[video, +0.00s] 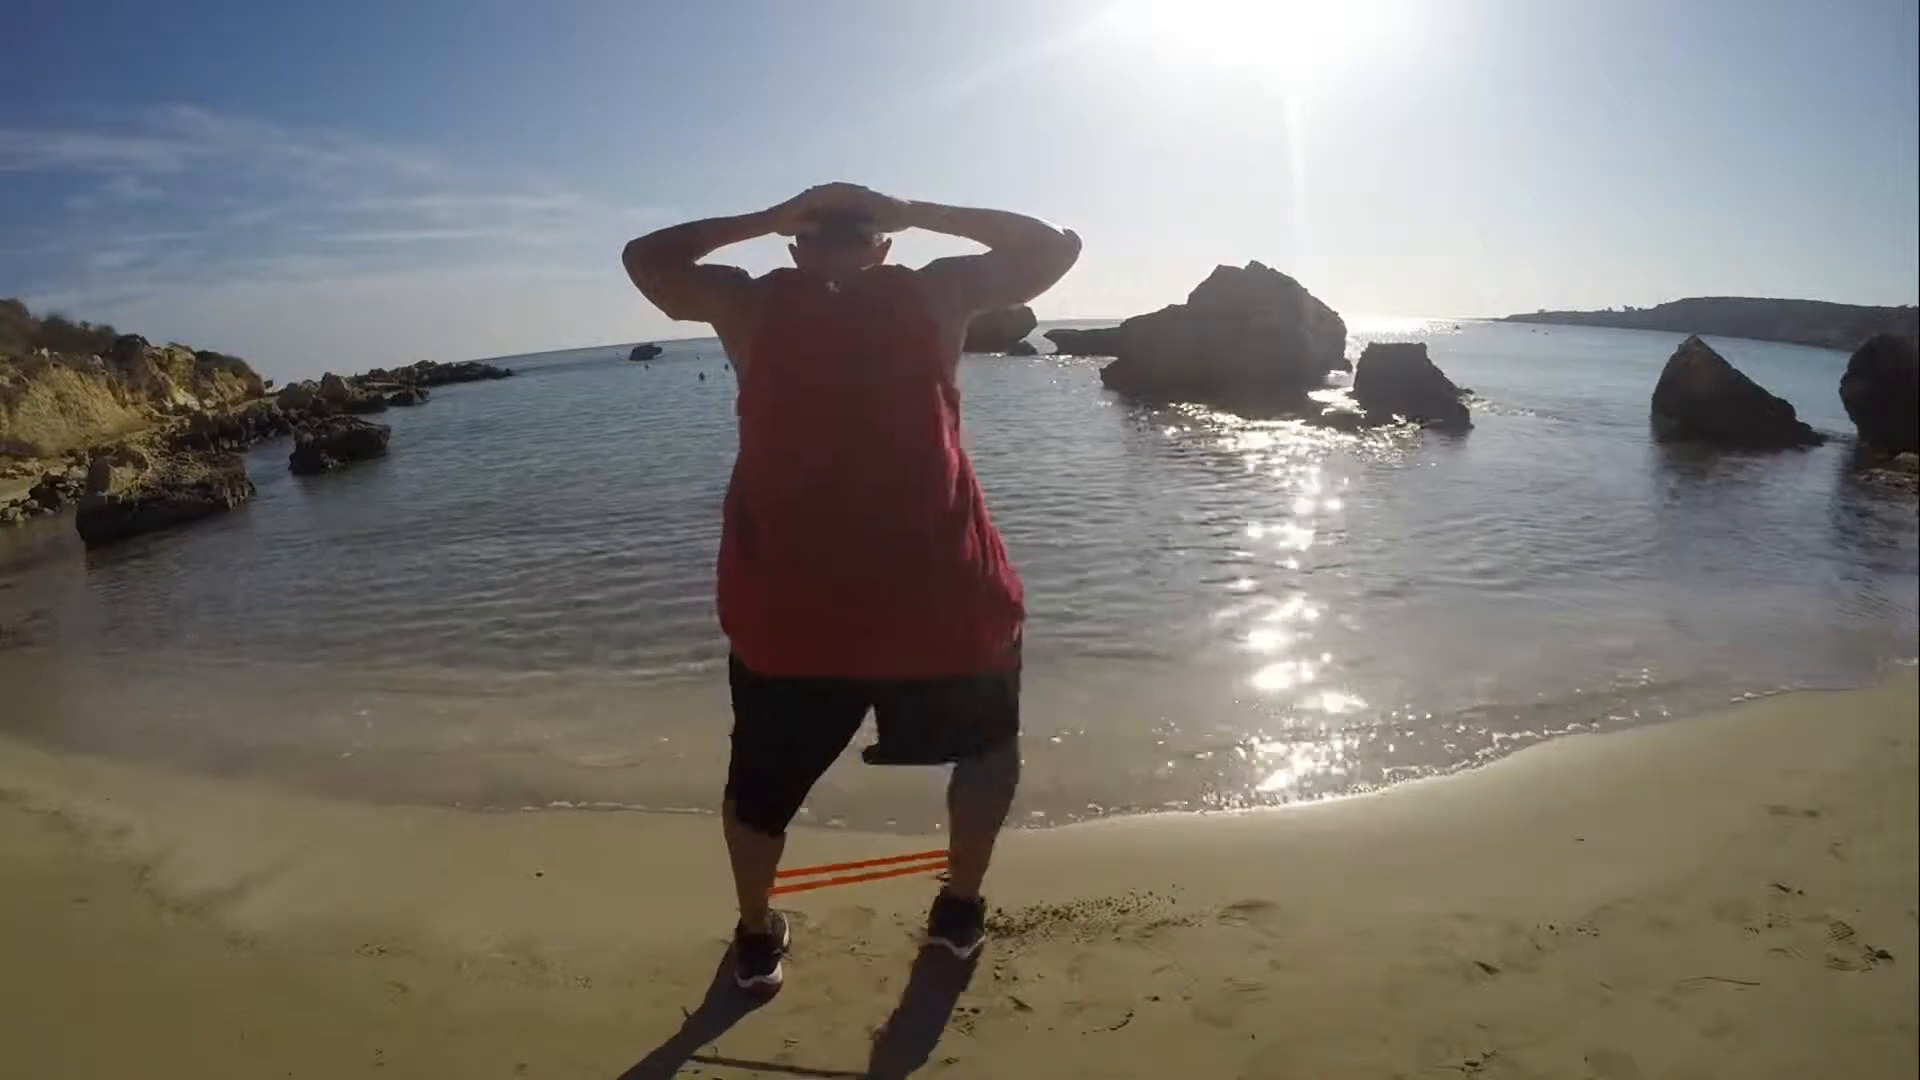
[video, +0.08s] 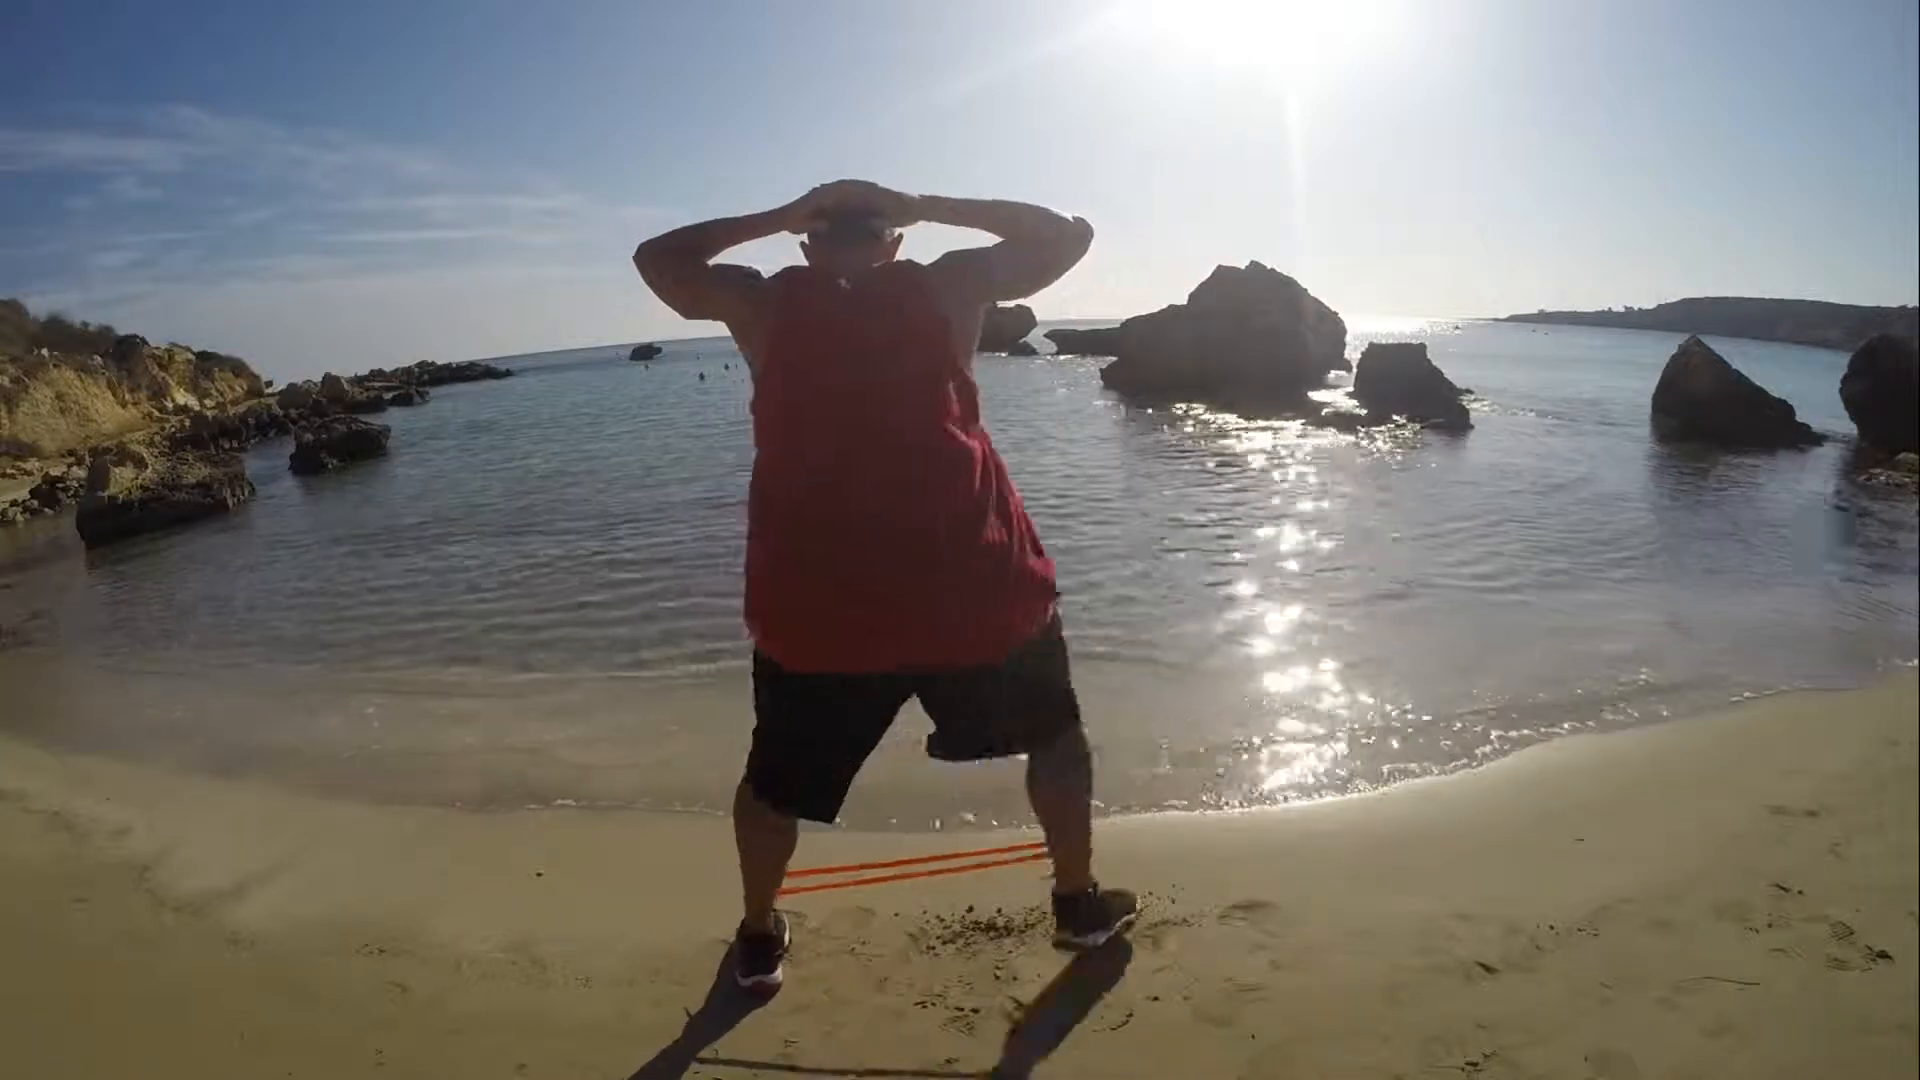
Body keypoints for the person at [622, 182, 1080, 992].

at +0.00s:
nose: (855, 235)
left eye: (830, 224)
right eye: (865, 226)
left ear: (797, 242)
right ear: (887, 244)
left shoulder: (750, 306)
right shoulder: (938, 296)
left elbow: (643, 257)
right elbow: (1053, 246)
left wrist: (768, 219)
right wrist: (914, 212)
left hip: (791, 598)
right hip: (936, 590)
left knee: (759, 783)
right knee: (987, 743)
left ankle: (754, 938)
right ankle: (959, 906)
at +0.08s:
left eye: (840, 219)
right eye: (879, 219)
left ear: (810, 240)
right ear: (896, 236)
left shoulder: (763, 304)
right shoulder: (950, 288)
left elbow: (658, 257)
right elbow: (1064, 235)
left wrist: (778, 219)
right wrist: (927, 207)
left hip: (817, 590)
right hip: (969, 575)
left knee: (777, 771)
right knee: (1054, 732)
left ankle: (756, 936)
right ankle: (1077, 901)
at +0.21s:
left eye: (865, 230)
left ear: (848, 245)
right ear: (939, 243)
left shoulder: (811, 309)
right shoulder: (994, 292)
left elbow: (693, 264)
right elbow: (1103, 234)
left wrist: (816, 224)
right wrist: (964, 209)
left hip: (875, 596)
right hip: (1031, 580)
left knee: (798, 768)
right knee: (1149, 735)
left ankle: (764, 934)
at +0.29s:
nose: (908, 256)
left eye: (908, 244)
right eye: (915, 241)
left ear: (895, 257)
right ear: (985, 253)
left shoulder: (857, 323)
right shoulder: (1040, 305)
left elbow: (734, 269)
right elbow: (1147, 243)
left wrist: (861, 231)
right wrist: (1012, 220)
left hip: (912, 615)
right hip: (1067, 601)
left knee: (813, 774)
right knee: (1186, 756)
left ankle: (767, 936)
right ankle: (1271, 896)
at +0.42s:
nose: (1020, 264)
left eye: (1017, 252)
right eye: (1023, 250)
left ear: (984, 268)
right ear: (1072, 258)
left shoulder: (959, 334)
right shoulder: (1139, 315)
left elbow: (820, 284)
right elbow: (1227, 249)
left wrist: (952, 241)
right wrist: (1098, 227)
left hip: (999, 617)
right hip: (1148, 618)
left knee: (870, 771)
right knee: (1224, 764)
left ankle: (785, 922)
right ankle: (1277, 907)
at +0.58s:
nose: (1094, 258)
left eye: (1097, 244)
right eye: (1096, 244)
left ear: (1095, 249)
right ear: (1166, 240)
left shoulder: (1071, 312)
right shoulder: (1237, 292)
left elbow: (917, 265)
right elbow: (1308, 237)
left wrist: (1051, 225)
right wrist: (1195, 213)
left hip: (1107, 563)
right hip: (1244, 568)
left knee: (969, 741)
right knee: (1267, 741)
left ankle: (927, 908)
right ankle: (1284, 908)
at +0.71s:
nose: (1142, 241)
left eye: (1144, 225)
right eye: (1145, 225)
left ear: (1138, 233)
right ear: (1210, 229)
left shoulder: (1113, 297)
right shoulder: (1277, 282)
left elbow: (961, 242)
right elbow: (1347, 235)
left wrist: (1097, 210)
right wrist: (1237, 204)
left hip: (1145, 570)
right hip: (1280, 573)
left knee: (1065, 734)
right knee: (1285, 738)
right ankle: (1287, 908)